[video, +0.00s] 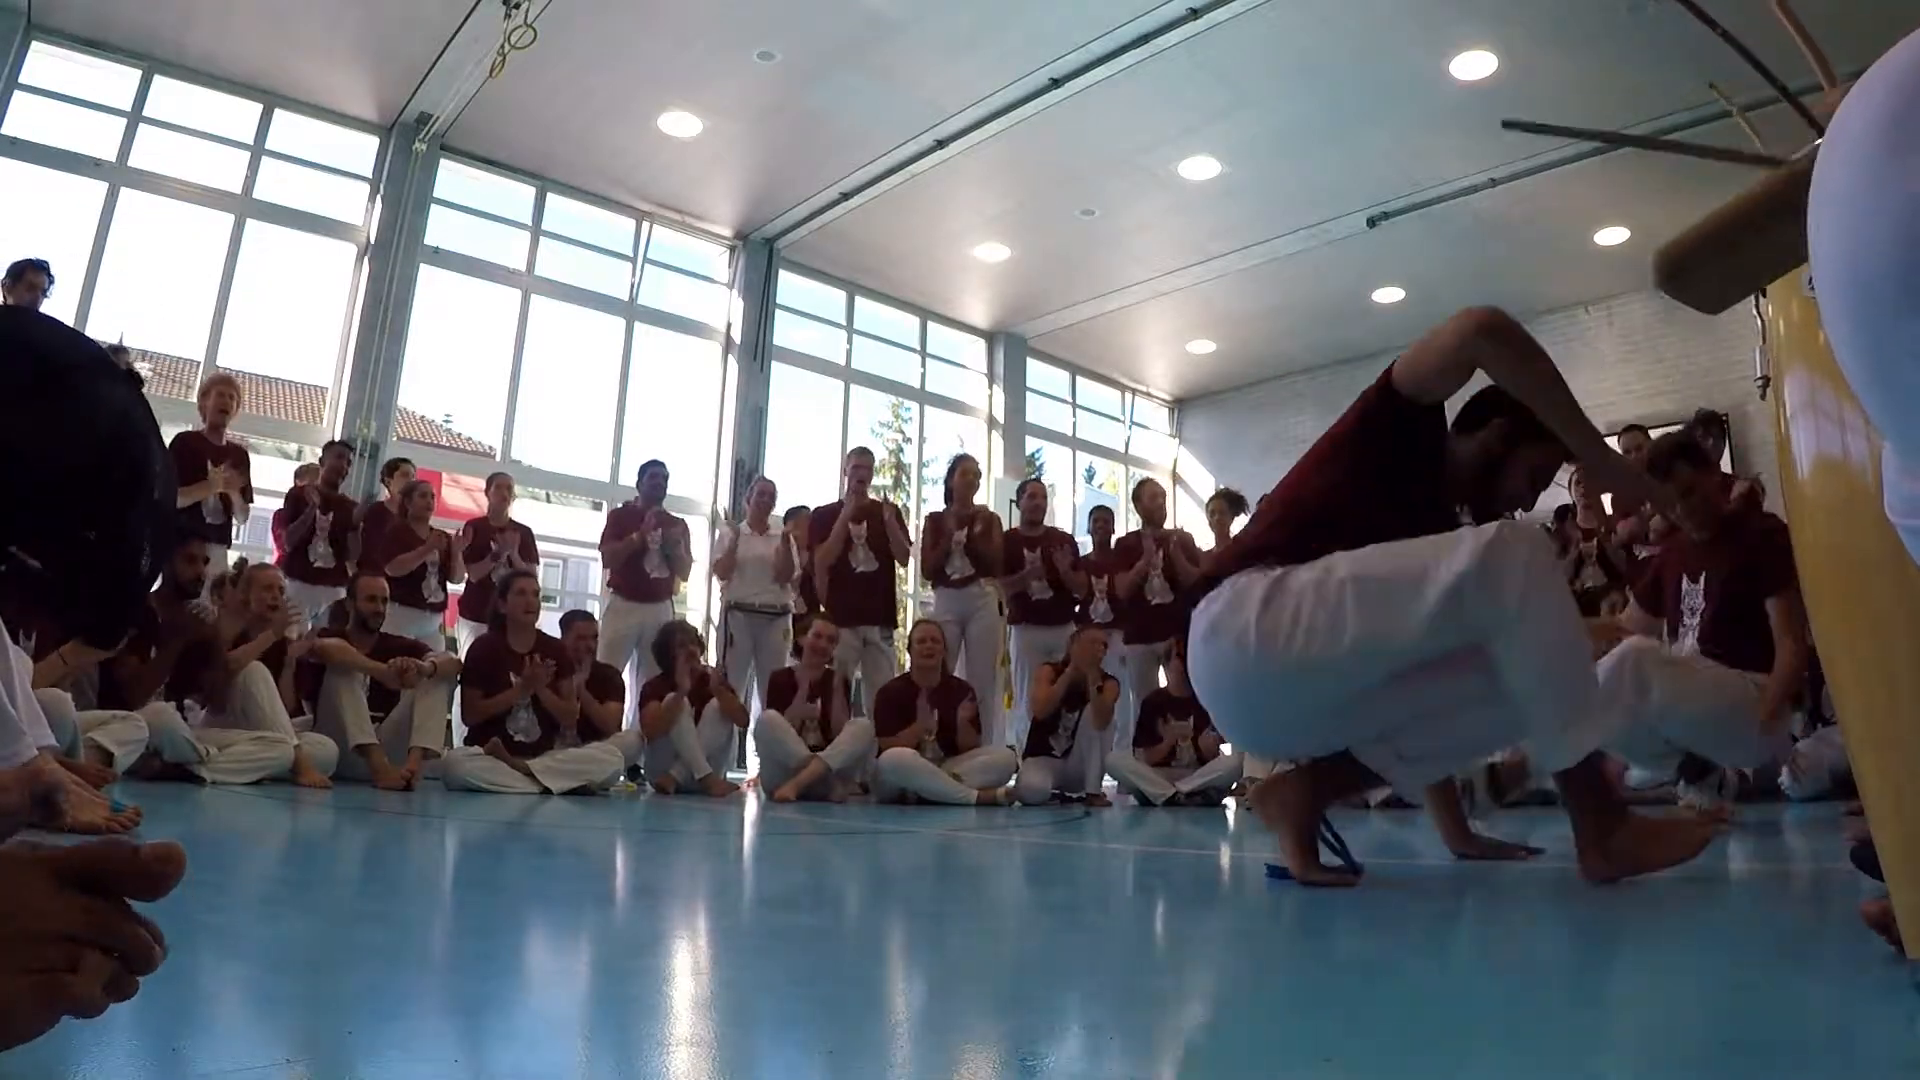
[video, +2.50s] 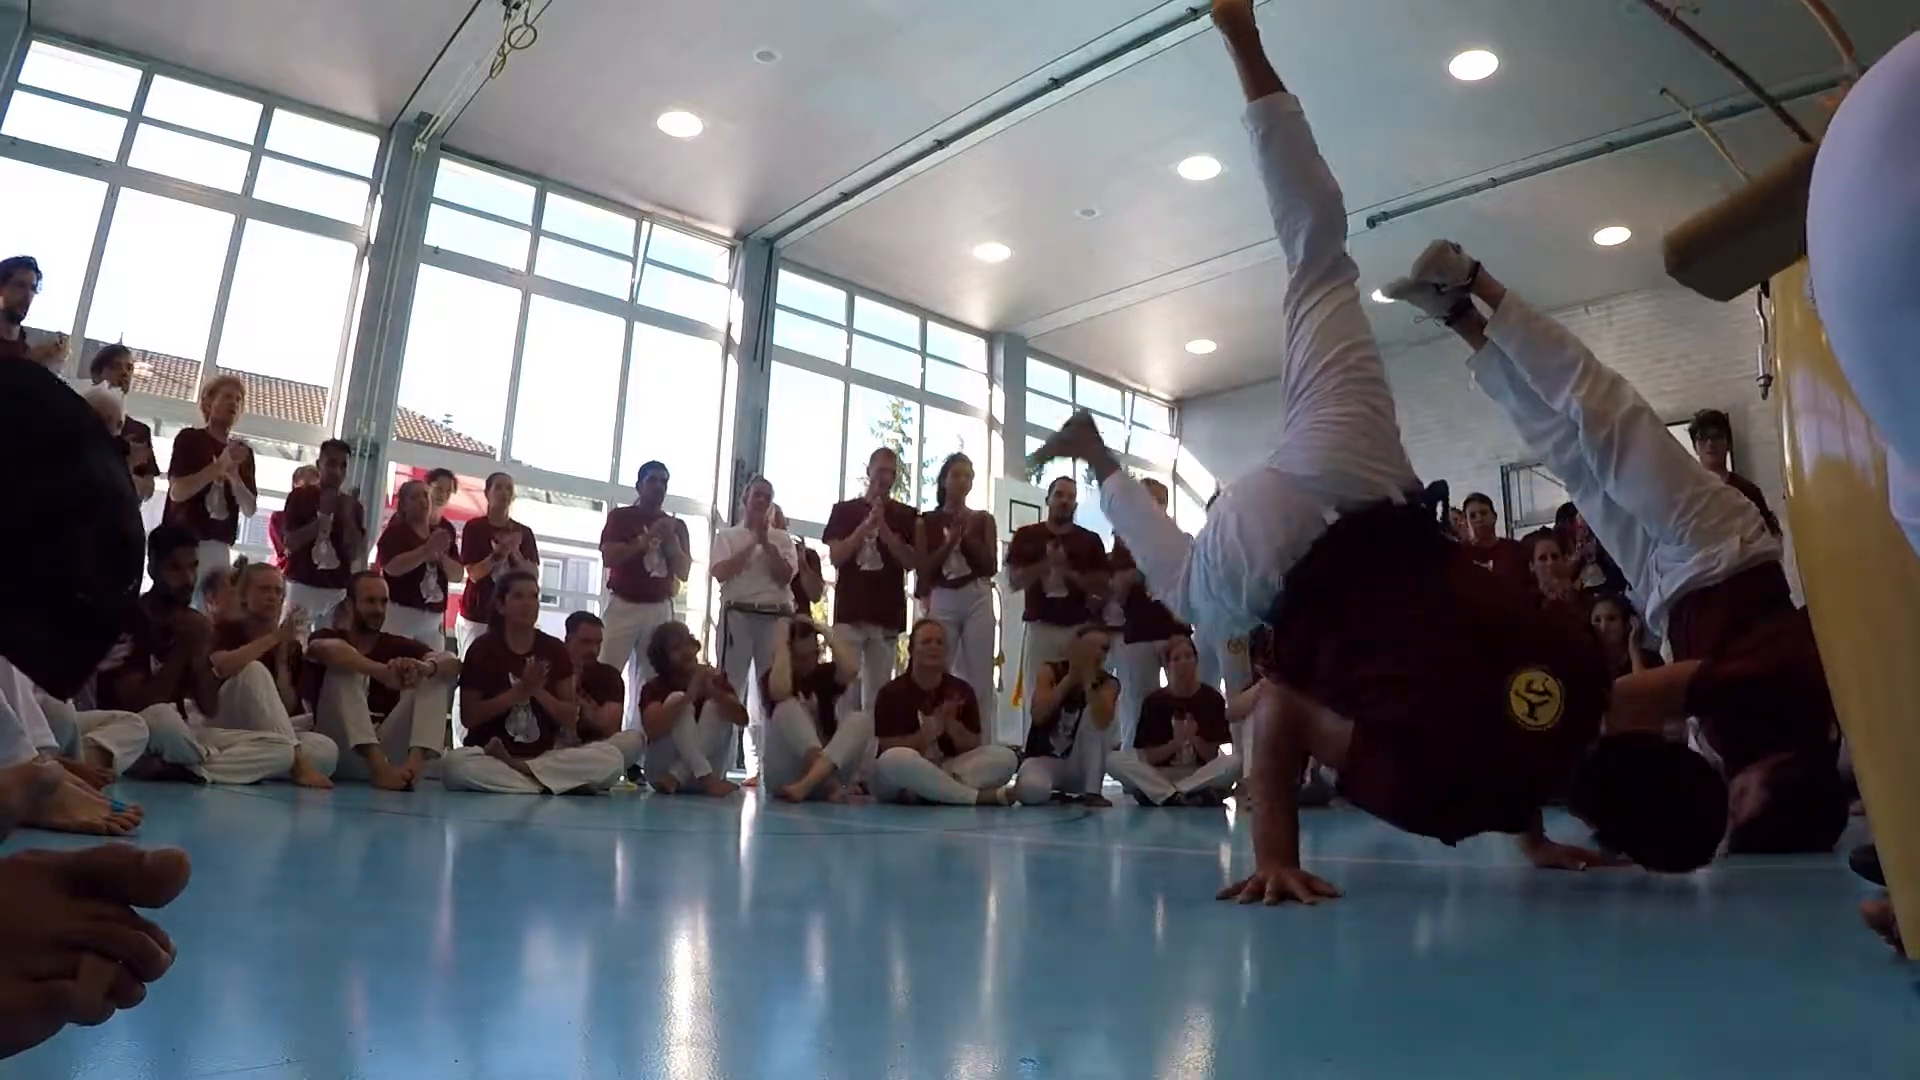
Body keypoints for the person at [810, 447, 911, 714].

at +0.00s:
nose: (861, 474)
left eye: (867, 469)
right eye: (856, 468)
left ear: (873, 474)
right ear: (845, 471)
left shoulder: (888, 512)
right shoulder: (823, 515)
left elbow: (904, 558)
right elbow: (823, 562)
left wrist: (890, 521)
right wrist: (846, 512)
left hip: (880, 620)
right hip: (841, 620)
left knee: (883, 701)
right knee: (837, 700)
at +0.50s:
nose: (862, 479)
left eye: (867, 473)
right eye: (856, 473)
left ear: (873, 476)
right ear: (844, 474)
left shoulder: (888, 512)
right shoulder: (825, 515)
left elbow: (899, 557)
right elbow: (830, 561)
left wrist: (876, 522)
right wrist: (861, 522)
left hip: (879, 619)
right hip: (841, 620)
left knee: (883, 702)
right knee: (836, 698)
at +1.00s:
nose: (859, 478)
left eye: (864, 472)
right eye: (853, 472)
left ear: (869, 475)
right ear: (841, 475)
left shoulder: (886, 512)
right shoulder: (823, 517)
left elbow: (900, 559)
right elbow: (829, 563)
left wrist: (873, 526)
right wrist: (858, 524)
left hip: (878, 618)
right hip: (839, 618)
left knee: (879, 703)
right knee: (835, 699)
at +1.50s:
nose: (862, 477)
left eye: (867, 471)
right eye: (857, 471)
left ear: (872, 475)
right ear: (844, 473)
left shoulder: (889, 513)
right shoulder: (825, 516)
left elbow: (900, 560)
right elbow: (823, 564)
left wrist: (875, 521)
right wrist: (843, 521)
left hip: (878, 620)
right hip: (839, 620)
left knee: (878, 702)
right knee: (837, 700)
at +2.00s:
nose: (875, 477)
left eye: (880, 471)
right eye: (870, 470)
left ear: (886, 475)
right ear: (858, 471)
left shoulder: (898, 512)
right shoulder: (835, 511)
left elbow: (905, 559)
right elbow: (832, 560)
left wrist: (884, 528)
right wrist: (854, 526)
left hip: (884, 618)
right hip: (846, 616)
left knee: (881, 699)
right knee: (844, 696)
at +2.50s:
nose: (886, 477)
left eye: (891, 472)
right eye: (881, 471)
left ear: (896, 476)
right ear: (868, 471)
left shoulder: (907, 514)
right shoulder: (844, 510)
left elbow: (910, 561)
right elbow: (836, 557)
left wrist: (883, 528)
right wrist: (866, 526)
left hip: (886, 613)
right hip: (849, 611)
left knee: (880, 690)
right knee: (845, 688)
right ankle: (844, 748)